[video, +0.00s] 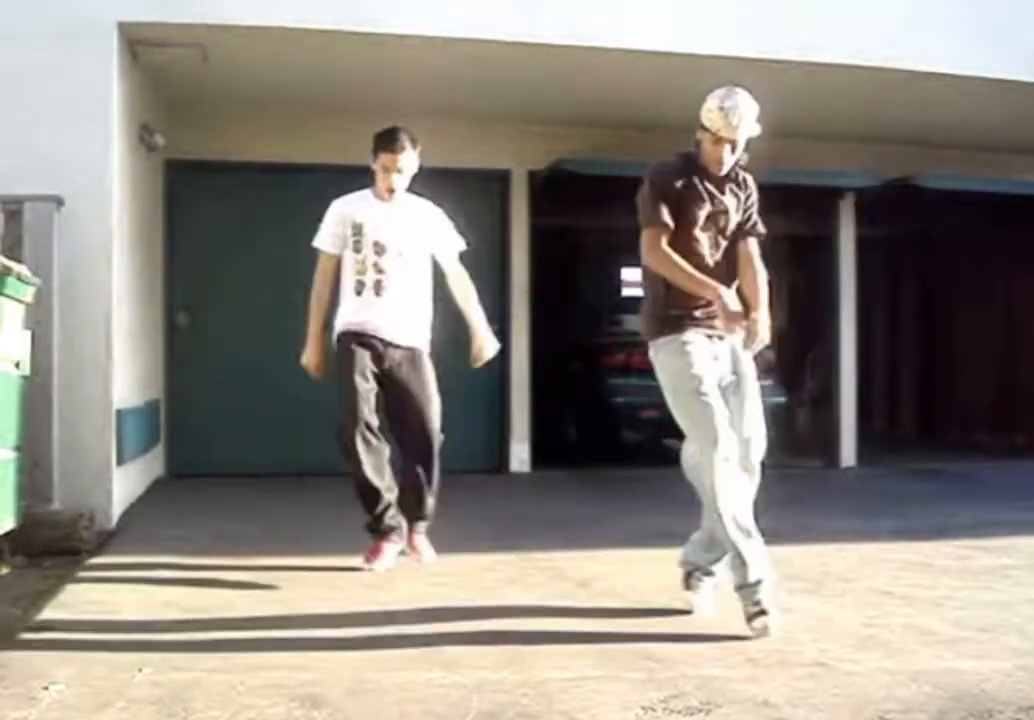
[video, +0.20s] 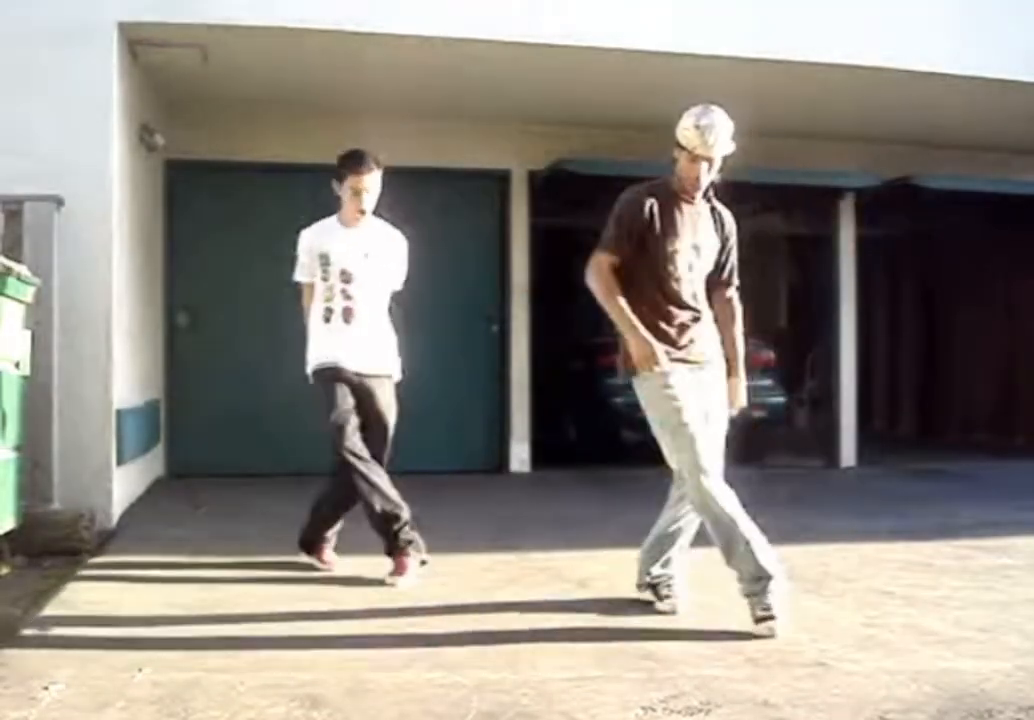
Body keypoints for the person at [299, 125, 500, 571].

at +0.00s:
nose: (395, 178)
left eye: (403, 170)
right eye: (388, 169)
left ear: (415, 168)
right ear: (374, 164)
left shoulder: (428, 216)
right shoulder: (345, 210)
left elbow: (456, 275)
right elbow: (324, 276)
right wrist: (314, 339)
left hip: (410, 339)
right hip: (358, 333)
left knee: (426, 430)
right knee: (359, 427)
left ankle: (418, 525)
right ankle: (386, 529)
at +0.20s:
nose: (364, 200)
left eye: (370, 191)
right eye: (356, 191)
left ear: (379, 190)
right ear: (339, 188)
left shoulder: (393, 241)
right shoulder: (313, 237)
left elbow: (385, 297)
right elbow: (309, 298)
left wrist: (360, 330)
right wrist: (320, 340)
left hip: (377, 354)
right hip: (330, 353)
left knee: (373, 454)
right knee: (346, 443)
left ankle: (317, 533)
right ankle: (403, 541)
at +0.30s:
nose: (354, 190)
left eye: (359, 182)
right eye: (346, 182)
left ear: (365, 180)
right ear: (325, 180)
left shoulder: (376, 224)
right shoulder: (294, 223)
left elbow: (375, 287)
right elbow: (280, 285)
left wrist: (365, 331)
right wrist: (285, 338)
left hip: (363, 350)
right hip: (312, 344)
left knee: (365, 447)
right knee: (300, 426)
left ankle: (328, 516)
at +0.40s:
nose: (333, 191)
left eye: (338, 183)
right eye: (326, 183)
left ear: (341, 180)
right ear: (304, 177)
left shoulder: (346, 221)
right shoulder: (270, 220)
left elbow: (348, 280)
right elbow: (242, 273)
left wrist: (372, 322)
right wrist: (228, 326)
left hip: (339, 356)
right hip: (285, 353)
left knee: (380, 439)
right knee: (252, 435)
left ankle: (371, 530)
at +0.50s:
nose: (312, 225)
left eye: (319, 218)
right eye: (306, 217)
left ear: (325, 216)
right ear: (286, 210)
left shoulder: (327, 260)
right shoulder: (255, 258)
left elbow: (350, 314)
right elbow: (212, 311)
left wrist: (383, 272)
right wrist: (169, 291)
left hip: (308, 388)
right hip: (255, 385)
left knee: (359, 464)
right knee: (217, 469)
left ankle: (413, 543)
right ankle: (166, 532)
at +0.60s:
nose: (308, 221)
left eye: (315, 213)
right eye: (300, 213)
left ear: (323, 213)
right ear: (283, 212)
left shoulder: (333, 258)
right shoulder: (258, 257)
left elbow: (373, 291)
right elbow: (202, 294)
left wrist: (385, 245)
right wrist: (175, 249)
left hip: (313, 388)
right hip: (258, 386)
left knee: (365, 460)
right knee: (220, 471)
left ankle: (413, 546)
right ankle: (169, 534)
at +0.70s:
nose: (320, 195)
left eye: (327, 187)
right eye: (313, 187)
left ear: (341, 184)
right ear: (302, 185)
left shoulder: (357, 225)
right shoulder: (280, 226)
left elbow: (391, 264)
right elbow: (236, 275)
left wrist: (437, 250)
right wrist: (223, 253)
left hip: (354, 357)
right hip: (298, 358)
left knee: (391, 431)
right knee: (262, 439)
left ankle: (387, 530)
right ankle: (222, 522)